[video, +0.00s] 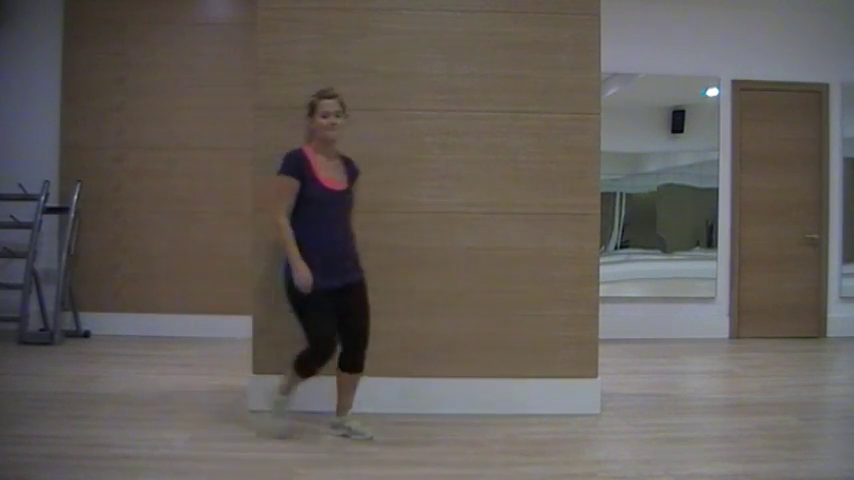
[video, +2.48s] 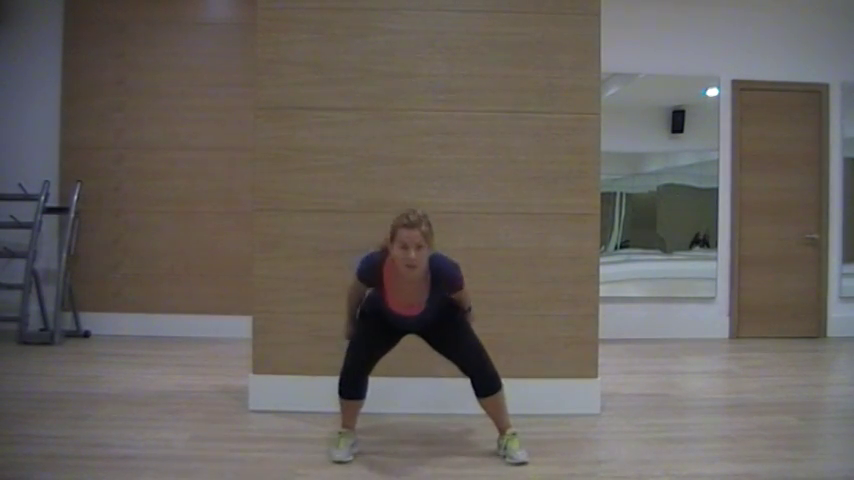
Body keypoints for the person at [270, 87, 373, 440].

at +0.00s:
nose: (332, 121)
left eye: (337, 115)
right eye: (325, 115)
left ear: (343, 121)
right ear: (310, 121)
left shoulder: (348, 168)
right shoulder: (297, 161)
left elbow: (345, 220)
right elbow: (279, 215)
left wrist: (351, 261)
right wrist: (298, 264)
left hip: (346, 268)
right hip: (309, 269)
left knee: (356, 341)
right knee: (323, 345)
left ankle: (343, 415)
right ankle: (284, 389)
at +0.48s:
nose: (409, 120)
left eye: (416, 113)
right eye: (401, 114)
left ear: (425, 120)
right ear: (390, 121)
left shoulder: (438, 168)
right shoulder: (373, 168)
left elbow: (441, 224)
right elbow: (350, 221)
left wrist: (444, 268)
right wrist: (334, 270)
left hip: (431, 275)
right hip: (385, 279)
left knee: (464, 346)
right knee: (397, 358)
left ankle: (481, 428)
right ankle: (394, 434)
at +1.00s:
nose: (458, 113)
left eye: (464, 106)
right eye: (450, 107)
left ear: (476, 110)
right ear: (440, 113)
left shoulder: (494, 157)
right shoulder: (425, 154)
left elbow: (508, 214)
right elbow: (411, 214)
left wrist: (522, 258)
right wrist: (403, 266)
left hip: (481, 270)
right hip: (429, 268)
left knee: (492, 353)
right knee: (398, 348)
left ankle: (509, 435)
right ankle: (358, 428)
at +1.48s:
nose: (416, 123)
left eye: (423, 116)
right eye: (409, 116)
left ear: (437, 120)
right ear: (399, 121)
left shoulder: (453, 165)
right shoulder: (384, 165)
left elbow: (468, 224)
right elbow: (374, 222)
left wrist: (483, 269)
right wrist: (366, 273)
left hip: (441, 279)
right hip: (390, 277)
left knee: (470, 360)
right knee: (364, 359)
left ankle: (507, 434)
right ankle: (347, 433)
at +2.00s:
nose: (375, 184)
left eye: (382, 177)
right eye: (368, 177)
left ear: (395, 181)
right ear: (358, 180)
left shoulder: (413, 218)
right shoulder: (349, 215)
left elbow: (440, 259)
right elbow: (354, 261)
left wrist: (462, 294)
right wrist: (357, 299)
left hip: (423, 303)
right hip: (373, 304)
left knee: (469, 365)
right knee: (341, 362)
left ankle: (506, 435)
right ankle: (346, 435)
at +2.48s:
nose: (411, 255)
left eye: (419, 248)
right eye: (403, 247)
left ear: (429, 249)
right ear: (391, 247)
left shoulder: (445, 270)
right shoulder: (373, 267)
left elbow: (463, 301)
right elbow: (355, 293)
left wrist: (463, 325)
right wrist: (350, 324)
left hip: (436, 316)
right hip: (384, 316)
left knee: (480, 365)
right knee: (354, 366)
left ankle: (507, 436)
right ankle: (346, 434)